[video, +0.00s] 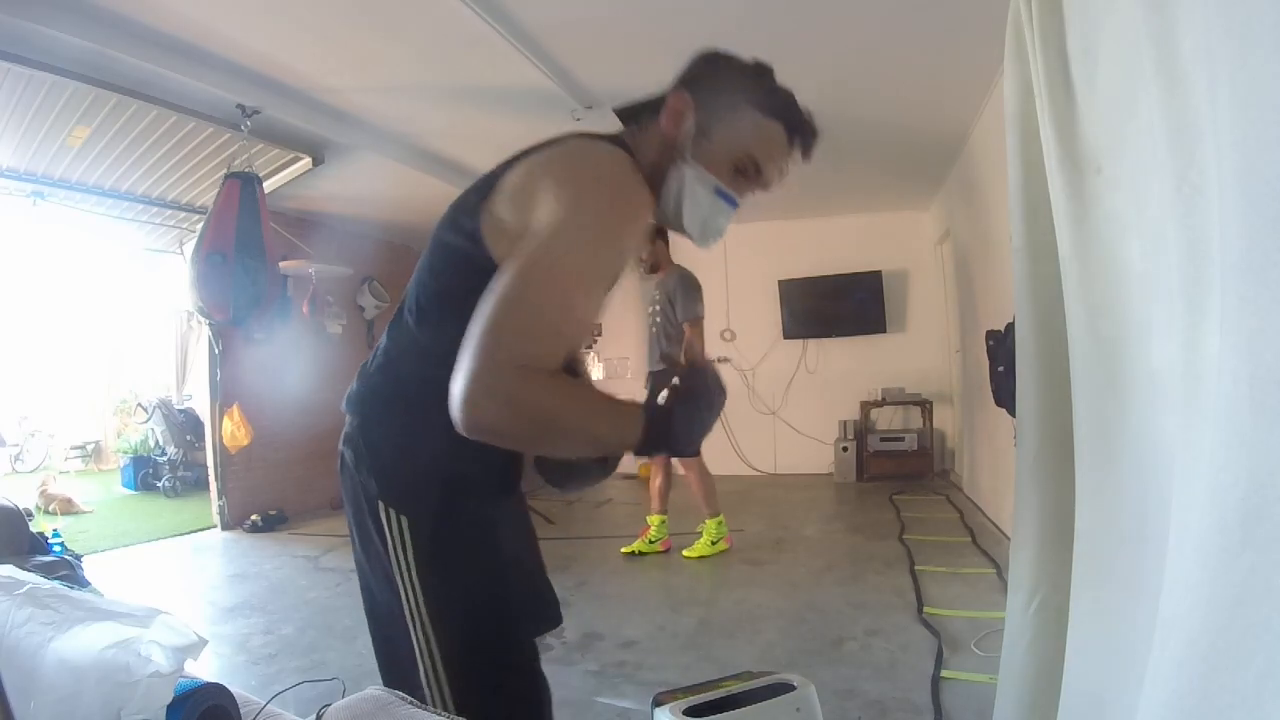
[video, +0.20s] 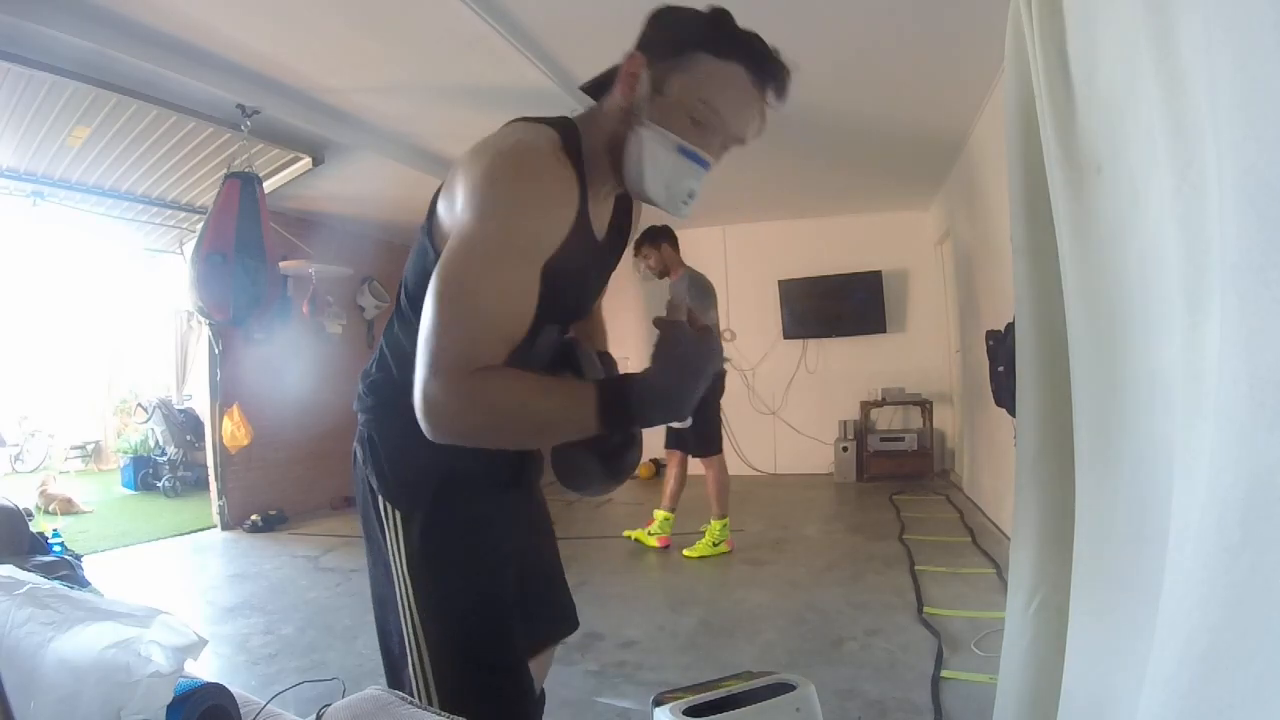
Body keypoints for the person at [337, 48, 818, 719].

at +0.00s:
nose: (741, 199)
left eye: (756, 187)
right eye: (742, 169)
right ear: (679, 117)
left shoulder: (612, 187)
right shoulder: (600, 186)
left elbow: (548, 351)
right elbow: (488, 397)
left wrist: (579, 441)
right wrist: (656, 425)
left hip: (467, 457)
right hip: (420, 461)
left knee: (509, 677)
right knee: (485, 703)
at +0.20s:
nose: (703, 161)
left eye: (725, 146)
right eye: (696, 124)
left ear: (738, 147)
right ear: (630, 80)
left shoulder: (618, 196)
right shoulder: (521, 169)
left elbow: (581, 311)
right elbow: (447, 404)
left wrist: (604, 414)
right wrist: (644, 397)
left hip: (502, 441)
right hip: (425, 449)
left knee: (537, 639)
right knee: (487, 699)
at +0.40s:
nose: (683, 127)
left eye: (709, 121)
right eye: (670, 86)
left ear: (720, 133)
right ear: (610, 63)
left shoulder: (623, 202)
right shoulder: (508, 166)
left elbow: (584, 304)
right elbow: (435, 400)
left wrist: (603, 411)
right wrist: (635, 401)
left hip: (506, 442)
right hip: (424, 449)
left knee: (533, 645)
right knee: (485, 699)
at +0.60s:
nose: (674, 102)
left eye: (703, 92)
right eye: (660, 62)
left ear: (714, 107)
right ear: (601, 45)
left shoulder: (623, 190)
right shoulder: (499, 149)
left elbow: (590, 302)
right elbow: (429, 399)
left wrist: (606, 416)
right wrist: (628, 392)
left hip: (505, 440)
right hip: (421, 448)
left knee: (527, 640)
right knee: (472, 695)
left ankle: (521, 706)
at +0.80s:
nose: (653, 97)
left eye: (689, 78)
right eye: (634, 50)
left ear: (713, 89)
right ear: (576, 36)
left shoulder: (640, 194)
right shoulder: (476, 155)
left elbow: (614, 301)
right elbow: (397, 422)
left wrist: (629, 401)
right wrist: (593, 427)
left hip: (520, 456)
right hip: (424, 462)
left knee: (528, 663)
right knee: (468, 701)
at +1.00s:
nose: (627, 106)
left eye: (672, 86)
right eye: (606, 58)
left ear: (707, 94)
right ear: (555, 41)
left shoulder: (654, 197)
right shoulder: (458, 168)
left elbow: (636, 303)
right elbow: (378, 427)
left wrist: (635, 386)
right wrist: (558, 469)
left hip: (533, 452)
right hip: (430, 462)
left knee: (531, 665)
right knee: (470, 700)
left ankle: (517, 712)